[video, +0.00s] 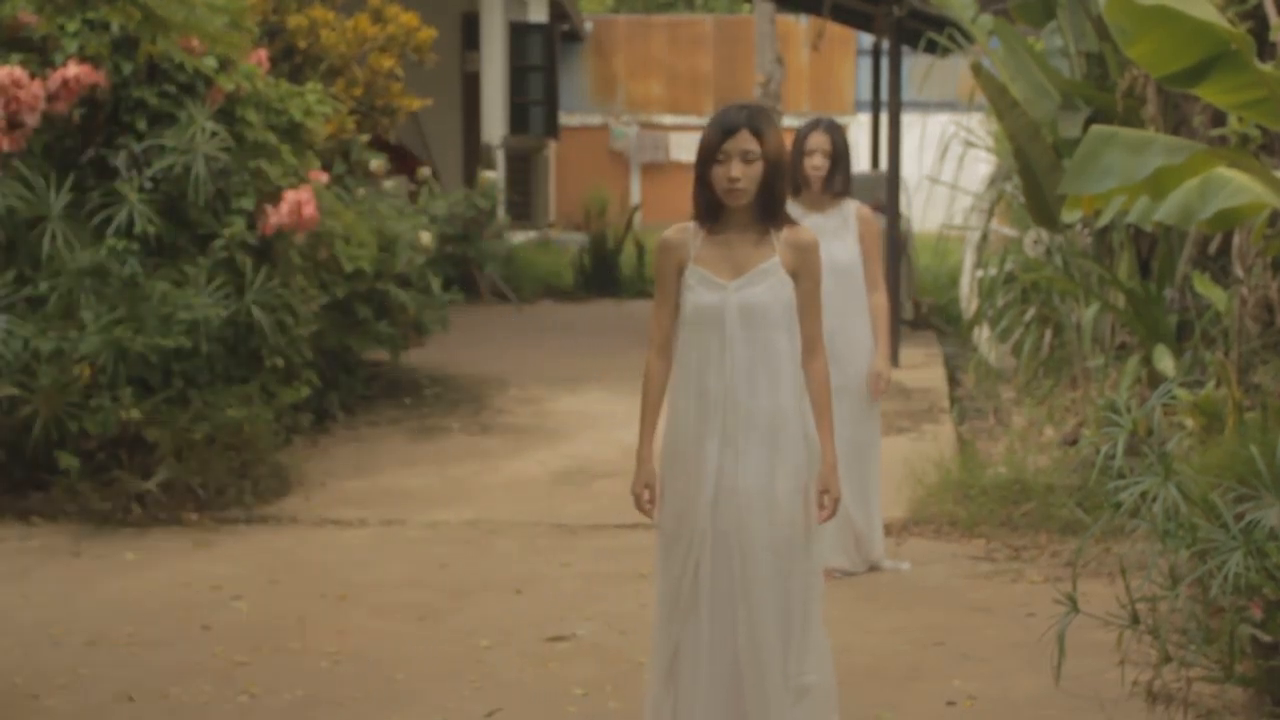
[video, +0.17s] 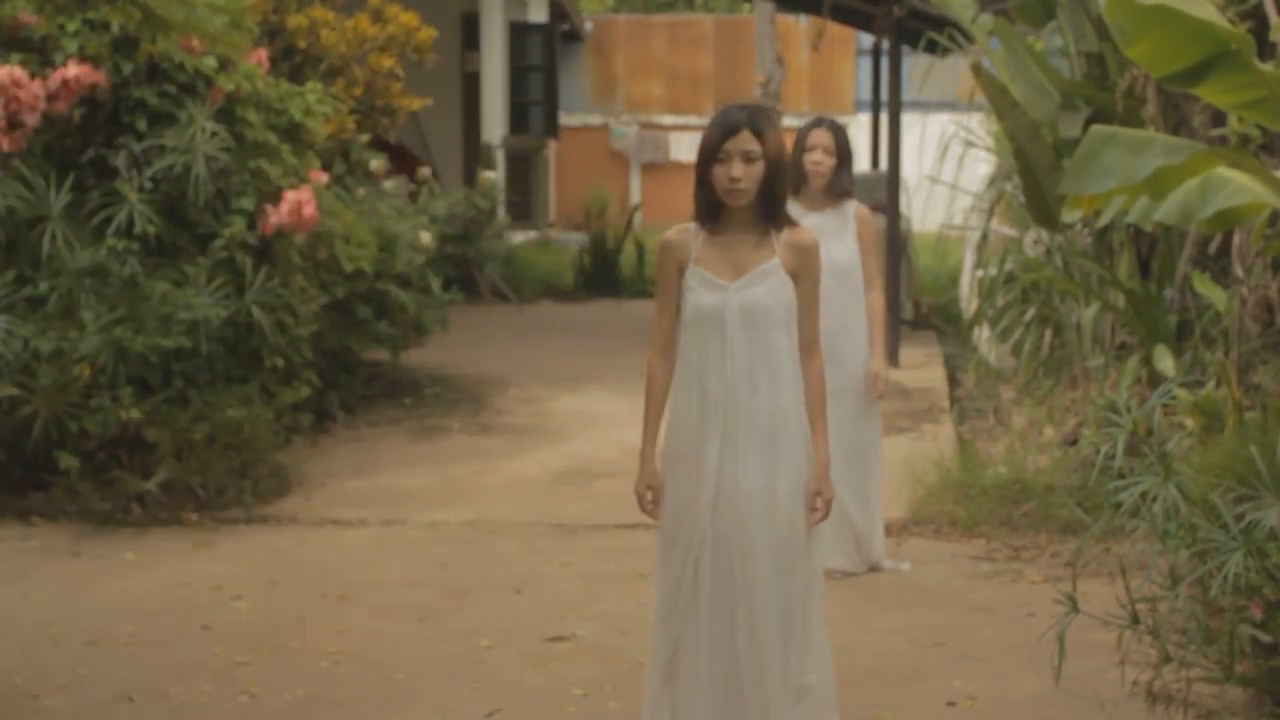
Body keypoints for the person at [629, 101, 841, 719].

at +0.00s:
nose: (734, 173)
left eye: (748, 159)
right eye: (722, 159)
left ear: (768, 168)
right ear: (706, 167)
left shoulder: (795, 246)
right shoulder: (679, 245)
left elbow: (814, 355)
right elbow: (659, 354)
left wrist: (828, 458)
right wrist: (645, 454)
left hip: (775, 451)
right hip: (698, 450)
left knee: (770, 607)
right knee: (699, 607)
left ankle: (769, 712)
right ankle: (701, 713)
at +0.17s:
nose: (735, 172)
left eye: (749, 160)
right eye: (724, 159)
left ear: (769, 168)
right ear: (707, 167)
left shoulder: (796, 246)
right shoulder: (681, 245)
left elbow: (811, 356)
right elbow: (661, 355)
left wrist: (821, 461)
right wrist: (648, 455)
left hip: (774, 452)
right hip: (698, 450)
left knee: (769, 607)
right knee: (699, 607)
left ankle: (769, 712)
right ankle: (700, 712)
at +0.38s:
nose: (737, 173)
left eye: (751, 160)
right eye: (724, 160)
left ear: (771, 169)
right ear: (708, 167)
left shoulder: (797, 247)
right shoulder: (682, 245)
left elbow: (807, 359)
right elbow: (664, 357)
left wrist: (812, 463)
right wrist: (654, 456)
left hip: (772, 451)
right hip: (699, 449)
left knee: (769, 606)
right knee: (700, 605)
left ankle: (769, 712)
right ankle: (701, 712)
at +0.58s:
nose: (738, 174)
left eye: (752, 160)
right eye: (726, 160)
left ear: (771, 169)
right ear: (708, 168)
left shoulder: (797, 247)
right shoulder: (683, 245)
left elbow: (808, 358)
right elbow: (665, 356)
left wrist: (811, 461)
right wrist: (657, 458)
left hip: (772, 448)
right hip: (700, 448)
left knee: (769, 602)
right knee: (702, 601)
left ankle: (770, 711)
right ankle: (702, 711)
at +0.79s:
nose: (738, 174)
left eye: (751, 161)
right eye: (725, 161)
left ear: (771, 169)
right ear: (708, 168)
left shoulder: (797, 246)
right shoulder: (683, 245)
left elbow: (808, 358)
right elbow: (666, 355)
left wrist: (810, 461)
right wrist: (657, 458)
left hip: (772, 448)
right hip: (701, 448)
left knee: (770, 602)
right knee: (702, 602)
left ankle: (770, 711)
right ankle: (703, 711)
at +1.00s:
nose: (737, 174)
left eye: (751, 161)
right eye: (725, 161)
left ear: (770, 169)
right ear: (708, 168)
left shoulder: (797, 247)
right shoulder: (682, 245)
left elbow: (808, 357)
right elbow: (666, 354)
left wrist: (810, 461)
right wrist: (657, 458)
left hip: (772, 449)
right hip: (700, 448)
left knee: (769, 603)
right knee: (702, 602)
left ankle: (770, 711)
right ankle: (703, 711)